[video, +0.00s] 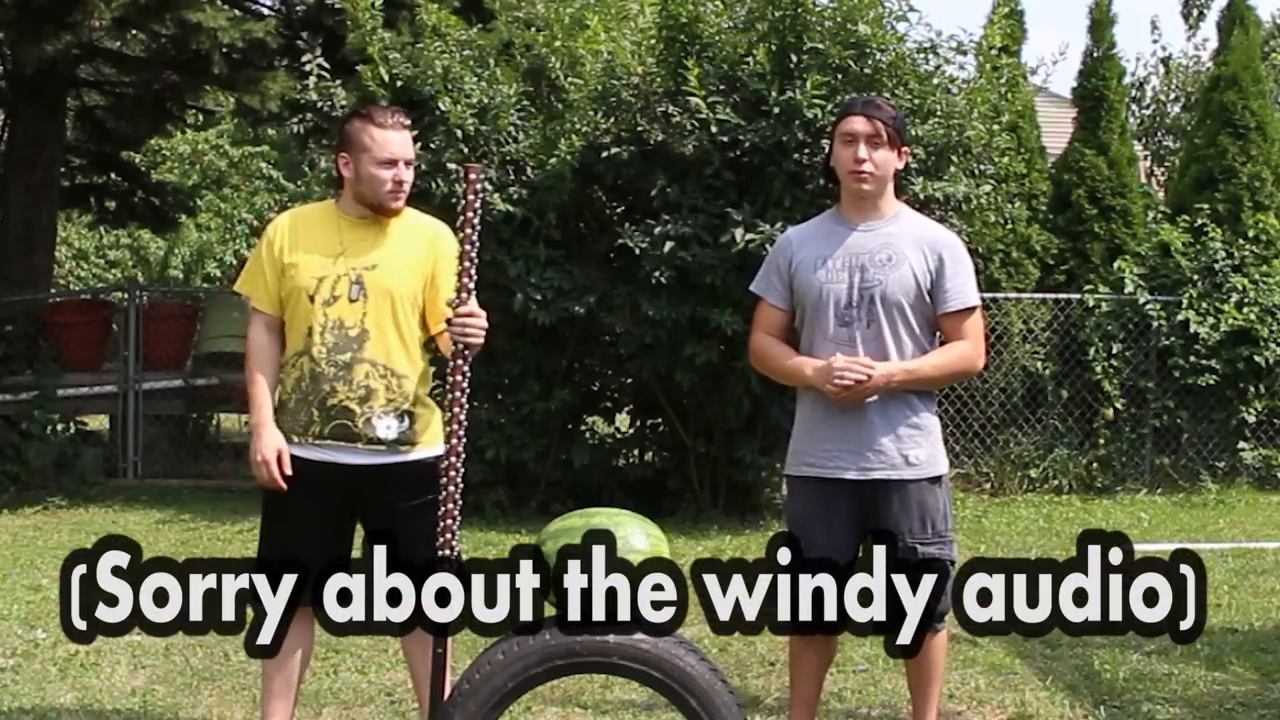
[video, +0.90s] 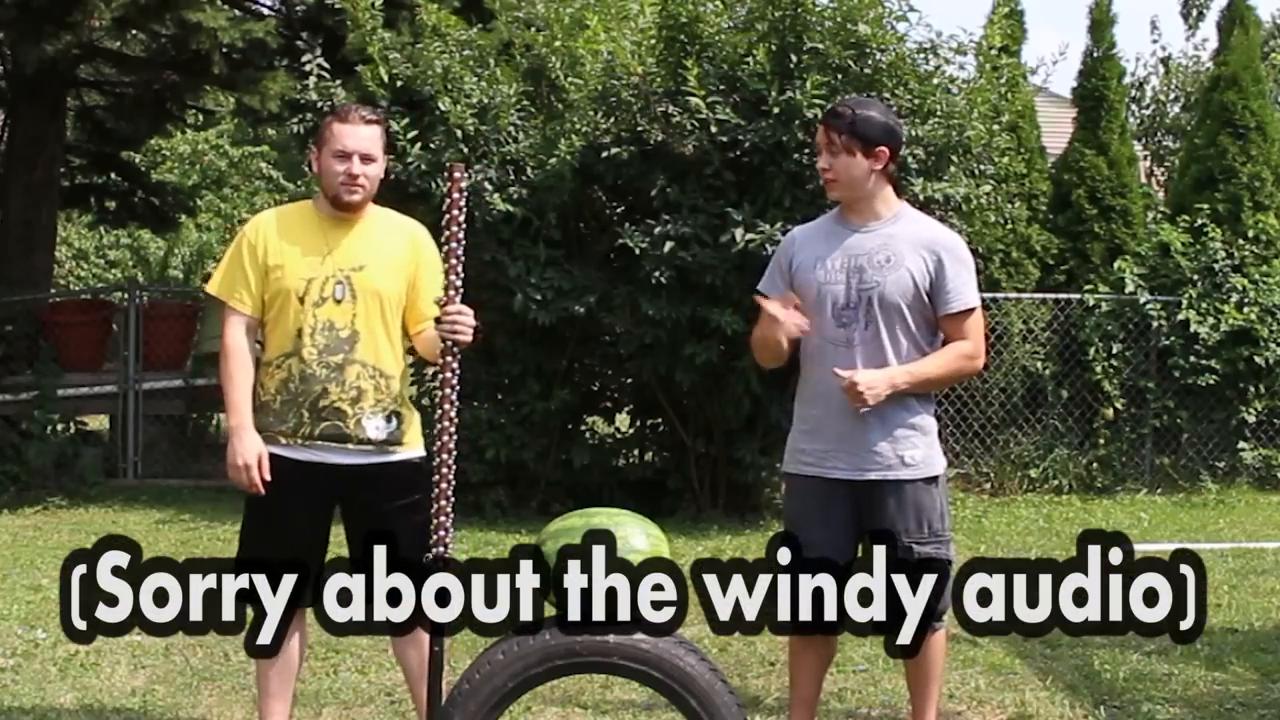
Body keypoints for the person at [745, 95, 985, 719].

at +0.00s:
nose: (861, 154)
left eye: (876, 143)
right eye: (849, 142)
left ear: (899, 157)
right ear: (832, 155)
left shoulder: (938, 244)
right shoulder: (795, 245)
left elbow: (970, 351)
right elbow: (762, 344)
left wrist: (887, 374)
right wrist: (813, 371)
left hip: (910, 466)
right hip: (818, 466)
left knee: (925, 611)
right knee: (812, 611)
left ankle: (925, 717)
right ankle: (800, 716)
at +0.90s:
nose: (821, 164)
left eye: (835, 153)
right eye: (820, 152)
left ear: (880, 159)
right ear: (820, 156)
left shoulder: (938, 245)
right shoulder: (798, 244)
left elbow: (970, 351)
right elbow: (767, 356)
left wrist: (893, 378)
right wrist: (773, 326)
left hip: (906, 467)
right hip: (816, 464)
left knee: (923, 611)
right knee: (810, 610)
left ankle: (924, 717)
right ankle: (800, 716)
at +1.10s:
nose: (819, 165)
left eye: (832, 153)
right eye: (818, 152)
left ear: (879, 158)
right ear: (829, 157)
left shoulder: (938, 244)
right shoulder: (801, 242)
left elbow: (970, 350)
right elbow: (746, 327)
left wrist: (889, 375)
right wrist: (705, 265)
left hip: (908, 467)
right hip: (817, 464)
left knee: (923, 611)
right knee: (811, 610)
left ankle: (925, 716)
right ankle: (800, 717)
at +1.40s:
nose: (818, 163)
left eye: (831, 152)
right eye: (817, 150)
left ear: (876, 159)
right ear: (826, 156)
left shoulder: (935, 245)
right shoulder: (802, 243)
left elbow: (967, 351)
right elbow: (765, 332)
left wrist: (888, 376)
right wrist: (694, 338)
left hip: (906, 467)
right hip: (816, 464)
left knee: (922, 611)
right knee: (812, 609)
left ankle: (924, 717)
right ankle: (800, 716)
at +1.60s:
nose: (810, 165)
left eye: (823, 153)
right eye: (809, 152)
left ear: (867, 157)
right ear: (834, 158)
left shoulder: (929, 245)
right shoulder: (798, 245)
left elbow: (961, 350)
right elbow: (780, 334)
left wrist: (874, 381)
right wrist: (784, 366)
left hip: (901, 467)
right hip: (813, 466)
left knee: (920, 611)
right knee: (809, 610)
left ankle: (924, 716)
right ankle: (799, 716)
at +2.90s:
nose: (821, 161)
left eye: (834, 151)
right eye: (821, 149)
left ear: (879, 158)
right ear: (829, 156)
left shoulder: (935, 245)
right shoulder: (805, 244)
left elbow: (964, 353)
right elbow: (762, 328)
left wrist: (875, 377)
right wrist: (697, 322)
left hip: (906, 468)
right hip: (817, 466)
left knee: (923, 612)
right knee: (812, 609)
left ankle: (925, 717)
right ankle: (800, 716)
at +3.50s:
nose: (828, 150)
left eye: (842, 141)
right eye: (831, 139)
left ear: (884, 158)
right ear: (861, 156)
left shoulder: (935, 247)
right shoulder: (807, 239)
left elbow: (955, 357)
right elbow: (774, 319)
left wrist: (861, 375)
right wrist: (766, 348)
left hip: (902, 467)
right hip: (813, 462)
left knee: (921, 613)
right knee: (808, 610)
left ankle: (924, 716)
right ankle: (799, 716)